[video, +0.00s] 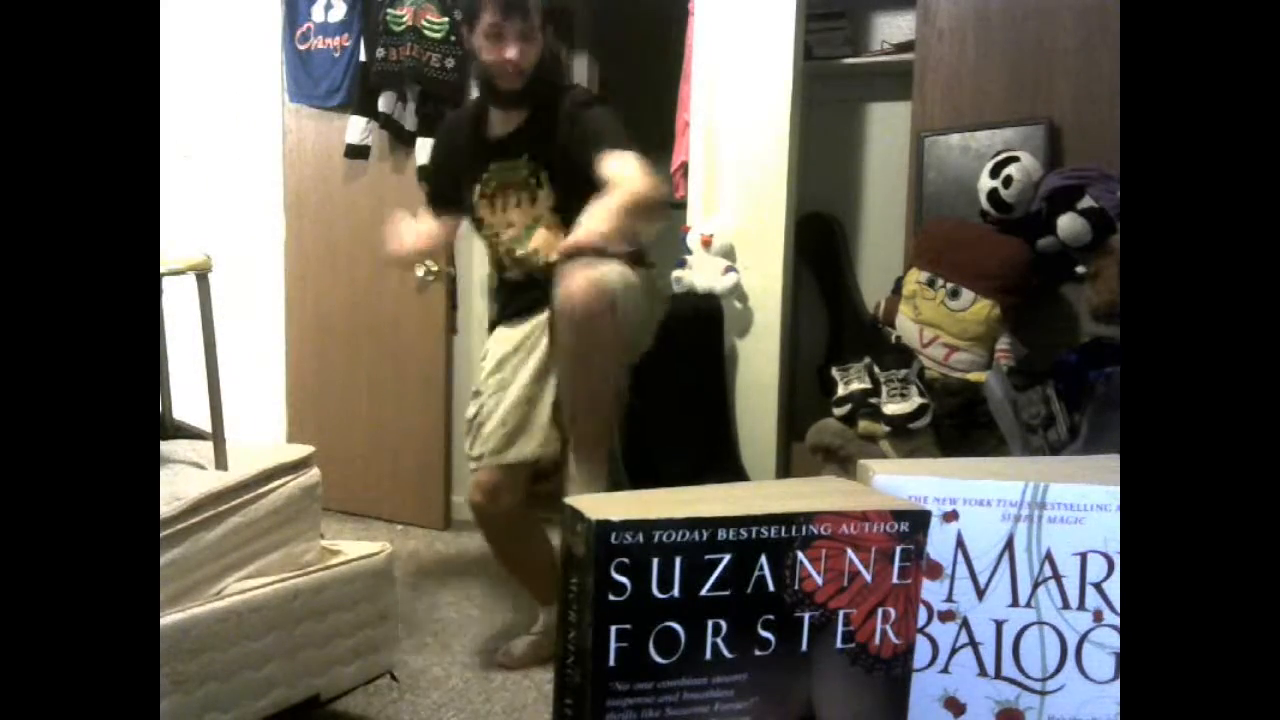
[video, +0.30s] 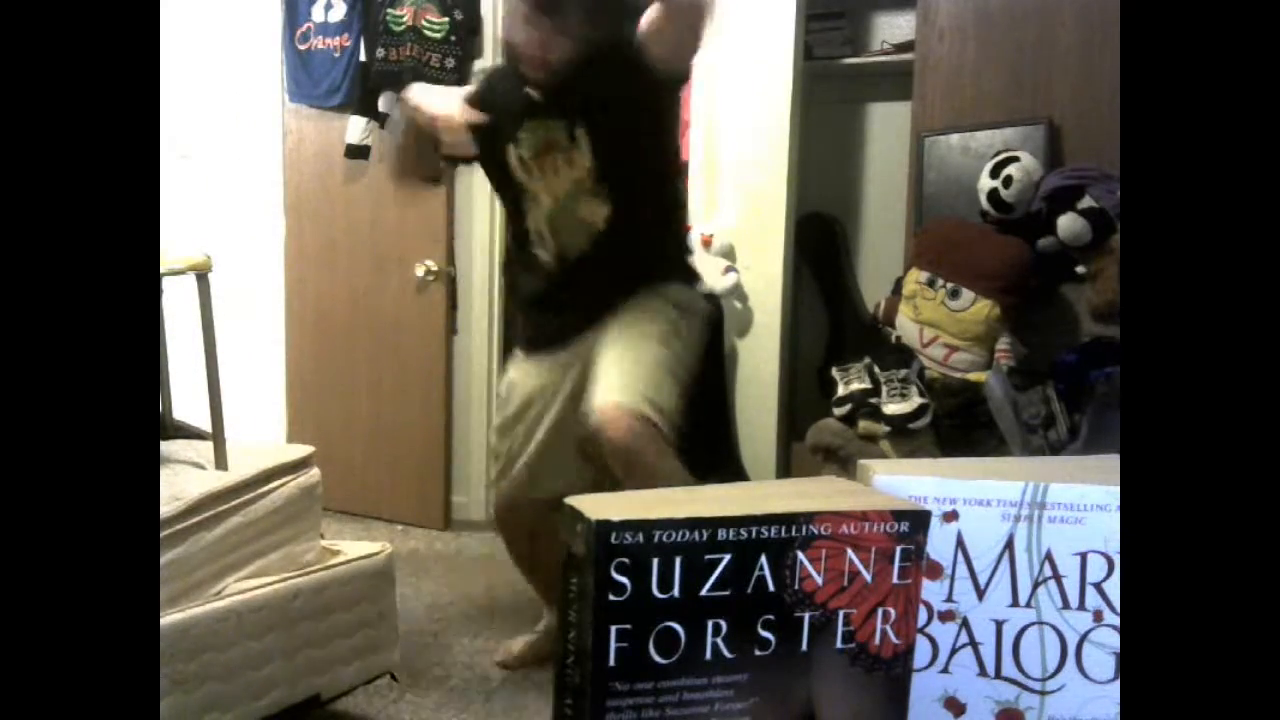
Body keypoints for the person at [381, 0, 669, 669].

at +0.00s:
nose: (510, 54)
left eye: (524, 38)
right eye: (495, 39)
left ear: (544, 40)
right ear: (470, 42)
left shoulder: (573, 112)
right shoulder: (460, 134)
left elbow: (639, 181)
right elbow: (444, 227)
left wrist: (597, 222)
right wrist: (419, 236)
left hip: (611, 293)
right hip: (520, 315)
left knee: (581, 289)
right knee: (492, 496)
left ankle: (588, 475)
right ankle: (559, 607)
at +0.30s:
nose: (539, 41)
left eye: (558, 26)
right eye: (527, 22)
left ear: (591, 24)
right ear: (506, 21)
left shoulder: (637, 71)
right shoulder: (492, 102)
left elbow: (685, 9)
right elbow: (439, 116)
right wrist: (414, 97)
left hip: (646, 295)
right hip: (547, 327)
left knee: (619, 422)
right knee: (517, 507)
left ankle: (706, 576)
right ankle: (565, 613)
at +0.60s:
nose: (625, 247)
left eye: (644, 229)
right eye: (611, 225)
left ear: (676, 211)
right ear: (587, 201)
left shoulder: (718, 254)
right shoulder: (551, 256)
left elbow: (722, 428)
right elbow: (536, 401)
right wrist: (567, 421)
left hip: (695, 438)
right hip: (599, 448)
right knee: (547, 551)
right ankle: (539, 632)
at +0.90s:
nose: (653, 254)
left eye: (675, 238)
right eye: (639, 230)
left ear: (707, 213)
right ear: (613, 196)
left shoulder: (749, 237)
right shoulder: (562, 239)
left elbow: (793, 387)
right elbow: (533, 391)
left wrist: (724, 370)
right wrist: (575, 423)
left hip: (712, 409)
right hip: (602, 408)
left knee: (738, 512)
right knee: (559, 528)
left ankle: (738, 635)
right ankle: (544, 621)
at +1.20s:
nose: (640, 280)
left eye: (659, 264)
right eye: (626, 259)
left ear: (693, 230)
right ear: (596, 221)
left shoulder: (739, 229)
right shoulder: (547, 243)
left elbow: (783, 328)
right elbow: (524, 389)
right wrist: (571, 430)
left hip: (711, 391)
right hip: (598, 390)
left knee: (724, 513)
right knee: (558, 517)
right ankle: (528, 631)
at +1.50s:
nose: (686, 370)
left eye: (709, 354)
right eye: (673, 345)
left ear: (740, 335)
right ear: (639, 308)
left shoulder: (779, 339)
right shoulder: (577, 317)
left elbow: (754, 516)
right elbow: (517, 480)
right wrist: (522, 612)